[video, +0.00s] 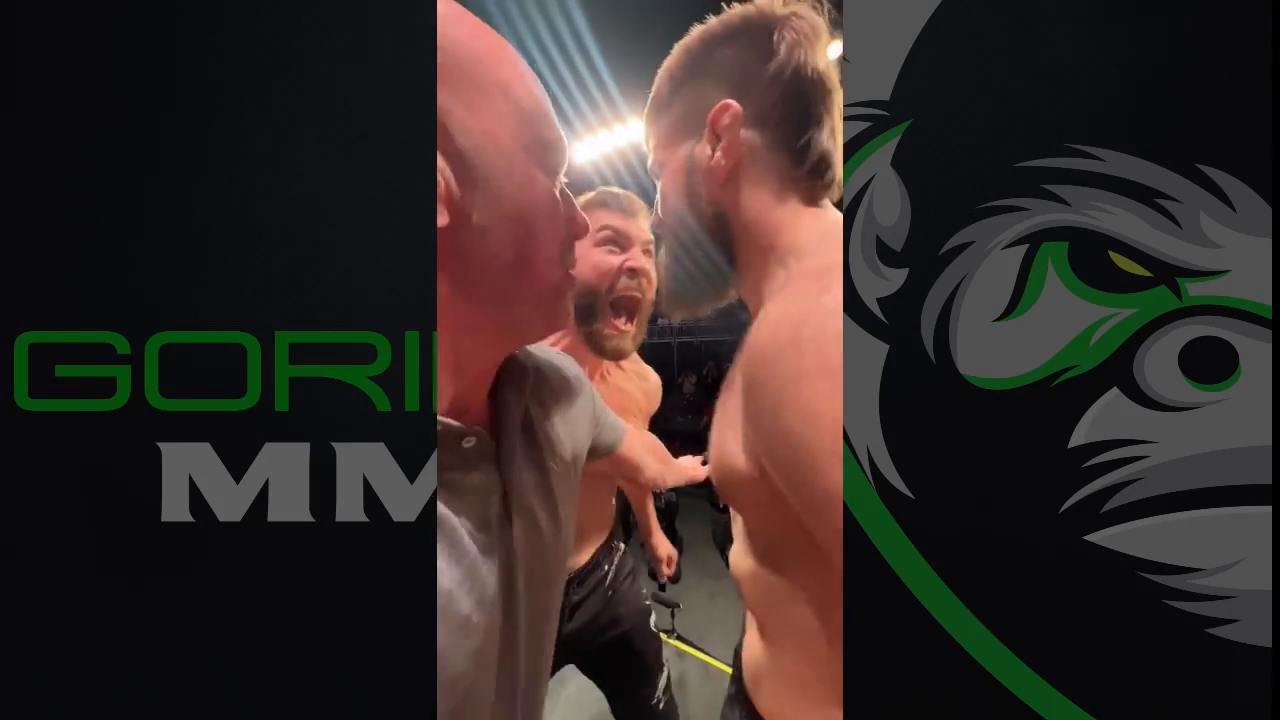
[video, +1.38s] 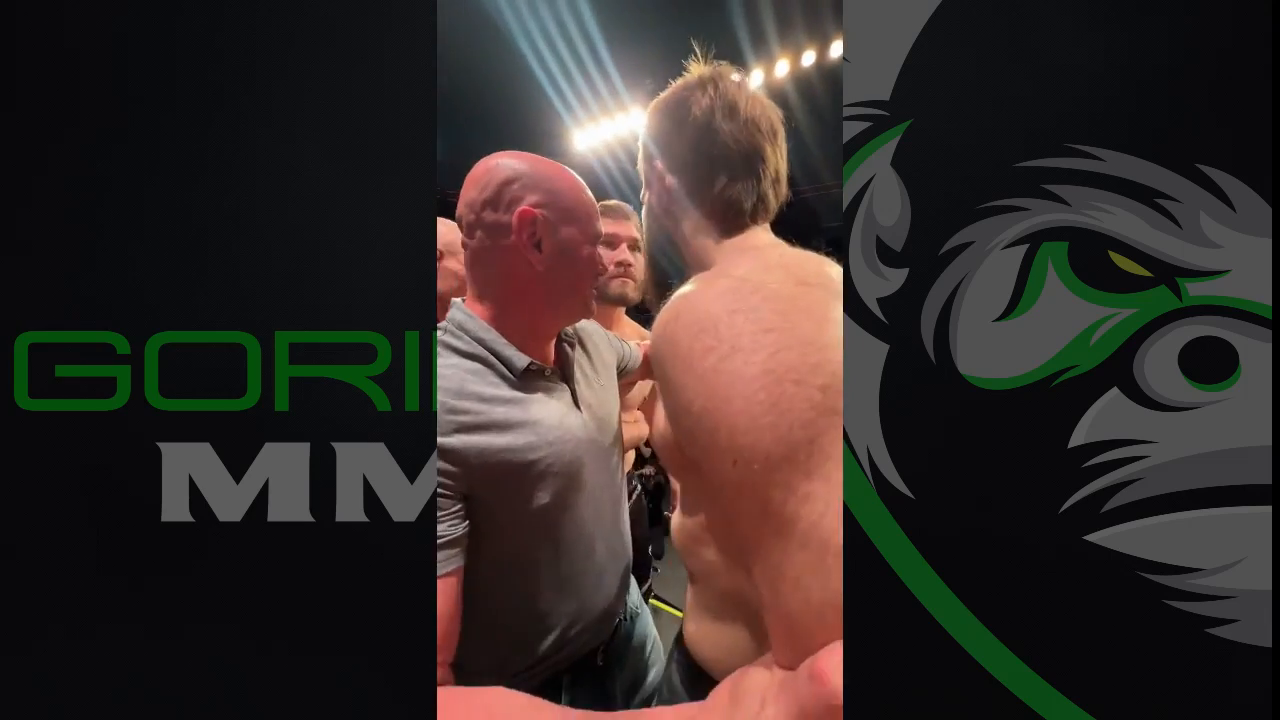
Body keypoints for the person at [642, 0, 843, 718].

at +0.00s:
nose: (658, 215)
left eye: (659, 171)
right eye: (654, 178)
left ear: (720, 139)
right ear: (724, 141)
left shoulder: (802, 343)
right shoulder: (796, 301)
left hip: (801, 710)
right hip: (768, 686)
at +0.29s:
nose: (638, 226)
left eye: (639, 196)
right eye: (635, 197)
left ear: (683, 179)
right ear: (767, 169)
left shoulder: (814, 347)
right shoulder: (758, 304)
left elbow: (919, 562)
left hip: (800, 711)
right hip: (730, 678)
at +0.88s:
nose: (638, 238)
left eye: (636, 212)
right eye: (635, 214)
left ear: (666, 206)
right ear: (743, 202)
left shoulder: (746, 332)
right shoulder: (807, 288)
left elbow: (881, 536)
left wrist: (819, 678)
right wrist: (667, 370)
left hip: (733, 664)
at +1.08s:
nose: (632, 206)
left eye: (632, 186)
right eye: (629, 188)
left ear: (652, 187)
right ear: (753, 185)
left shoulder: (689, 318)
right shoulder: (815, 288)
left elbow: (808, 530)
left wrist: (829, 687)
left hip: (704, 685)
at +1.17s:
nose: (630, 196)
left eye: (629, 178)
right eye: (627, 180)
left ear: (648, 182)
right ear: (758, 180)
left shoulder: (672, 318)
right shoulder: (818, 286)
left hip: (701, 683)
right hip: (808, 684)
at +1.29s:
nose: (634, 192)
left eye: (634, 173)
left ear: (652, 177)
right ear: (764, 173)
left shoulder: (664, 318)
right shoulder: (828, 283)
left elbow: (666, 466)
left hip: (711, 676)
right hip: (836, 669)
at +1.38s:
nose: (644, 193)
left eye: (643, 174)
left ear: (661, 182)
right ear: (775, 173)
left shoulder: (678, 324)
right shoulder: (836, 280)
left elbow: (684, 469)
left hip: (724, 671)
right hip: (841, 658)